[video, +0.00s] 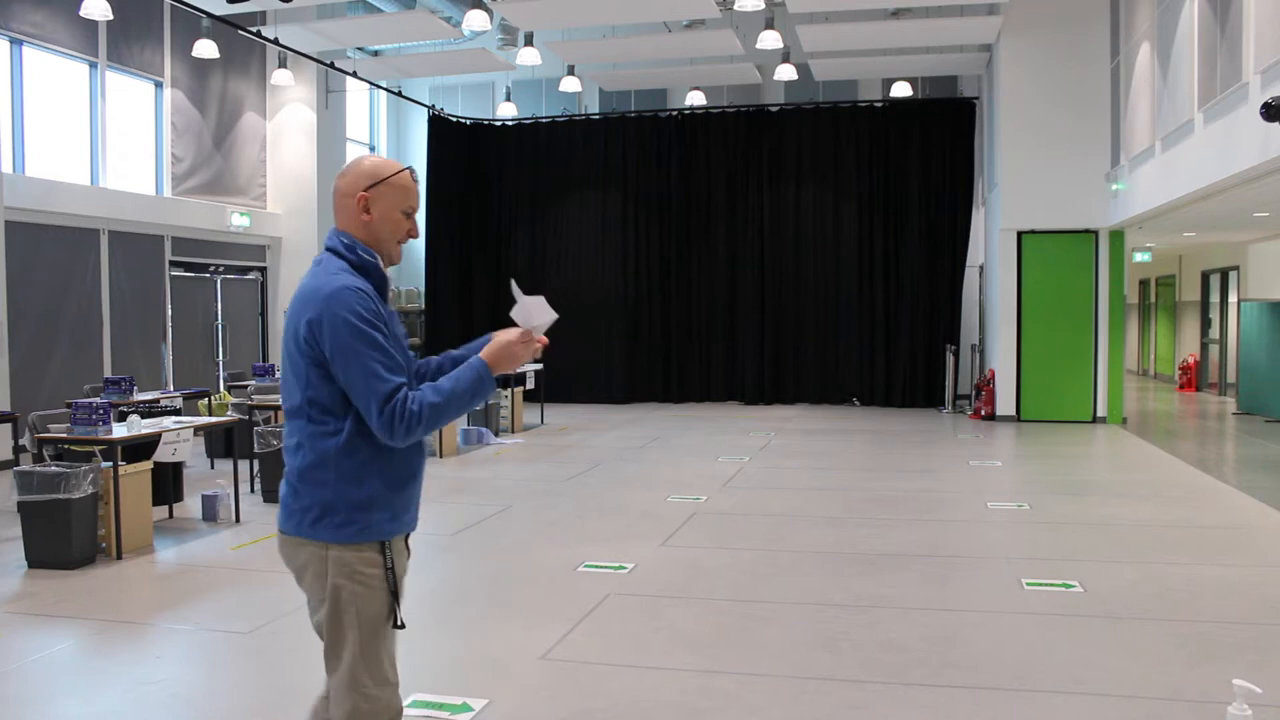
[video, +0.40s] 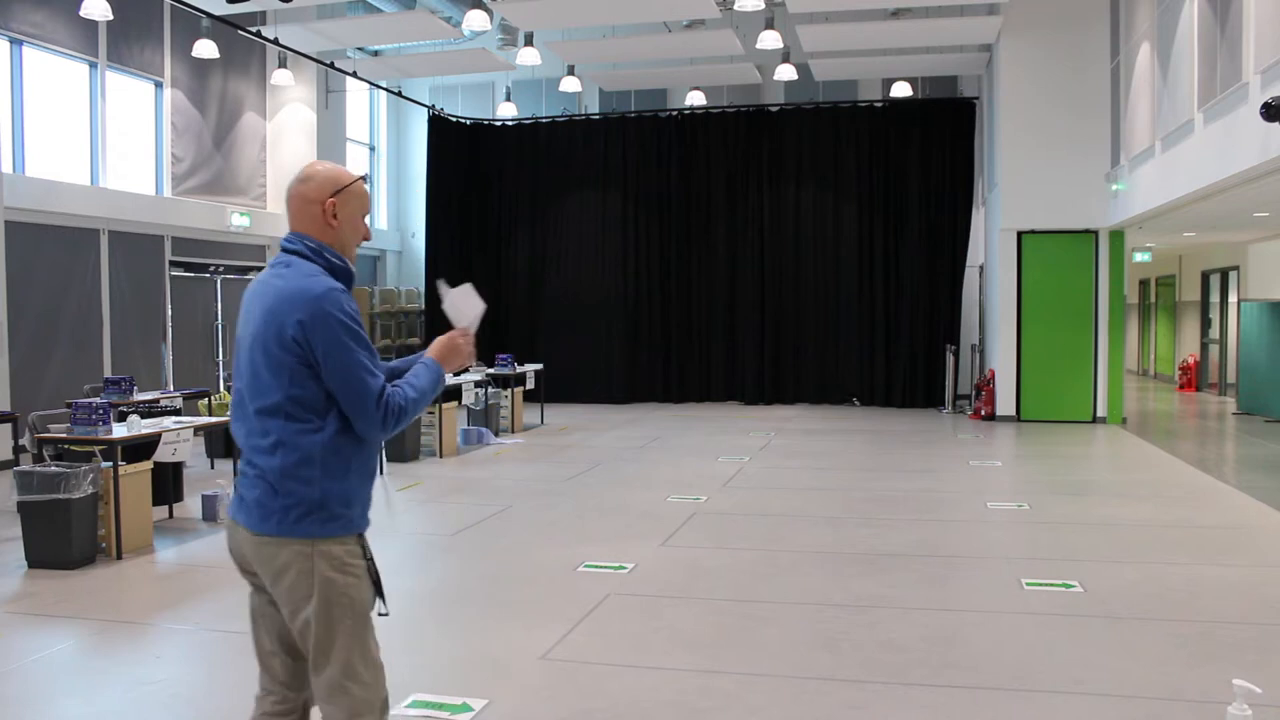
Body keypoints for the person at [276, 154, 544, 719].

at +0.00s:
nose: (414, 229)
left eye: (414, 215)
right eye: (406, 213)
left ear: (363, 209)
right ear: (363, 206)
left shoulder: (354, 288)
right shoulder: (339, 297)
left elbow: (410, 378)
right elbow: (396, 418)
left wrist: (492, 350)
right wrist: (489, 366)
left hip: (355, 529)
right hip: (344, 534)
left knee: (356, 692)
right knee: (368, 700)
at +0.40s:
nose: (368, 231)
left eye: (368, 217)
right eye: (362, 216)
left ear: (320, 213)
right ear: (330, 211)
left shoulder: (268, 285)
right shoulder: (321, 297)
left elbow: (349, 382)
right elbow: (378, 414)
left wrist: (424, 360)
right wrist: (437, 366)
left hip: (260, 524)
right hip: (310, 535)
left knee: (282, 694)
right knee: (355, 699)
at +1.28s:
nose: (333, 215)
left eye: (331, 204)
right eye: (330, 204)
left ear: (262, 211)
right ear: (313, 209)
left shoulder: (223, 286)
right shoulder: (325, 294)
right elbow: (416, 357)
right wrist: (424, 286)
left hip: (233, 523)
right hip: (312, 531)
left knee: (263, 690)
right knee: (342, 691)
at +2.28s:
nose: (333, 209)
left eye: (328, 196)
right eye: (328, 198)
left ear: (264, 215)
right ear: (314, 212)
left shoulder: (230, 289)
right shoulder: (325, 288)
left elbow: (285, 356)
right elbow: (430, 268)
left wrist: (358, 333)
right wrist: (434, 185)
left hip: (244, 522)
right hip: (322, 524)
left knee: (272, 688)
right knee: (350, 688)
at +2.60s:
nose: (365, 220)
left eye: (361, 209)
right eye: (360, 209)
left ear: (303, 222)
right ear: (346, 221)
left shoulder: (282, 295)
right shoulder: (335, 290)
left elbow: (358, 354)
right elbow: (439, 237)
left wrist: (418, 311)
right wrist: (415, 146)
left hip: (308, 521)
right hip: (353, 521)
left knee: (366, 660)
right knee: (379, 683)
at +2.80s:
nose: (386, 233)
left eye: (382, 222)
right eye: (382, 222)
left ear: (330, 234)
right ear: (367, 233)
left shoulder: (321, 301)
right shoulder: (340, 300)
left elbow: (387, 357)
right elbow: (436, 238)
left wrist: (449, 308)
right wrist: (393, 144)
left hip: (378, 510)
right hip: (373, 518)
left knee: (426, 645)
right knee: (395, 682)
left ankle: (432, 715)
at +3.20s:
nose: (443, 258)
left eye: (440, 249)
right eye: (439, 250)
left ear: (388, 263)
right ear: (430, 258)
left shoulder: (369, 333)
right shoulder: (436, 322)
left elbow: (422, 367)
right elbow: (505, 249)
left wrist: (471, 343)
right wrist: (437, 187)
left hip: (405, 518)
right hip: (453, 517)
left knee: (484, 612)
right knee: (455, 654)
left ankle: (499, 709)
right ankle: (409, 718)